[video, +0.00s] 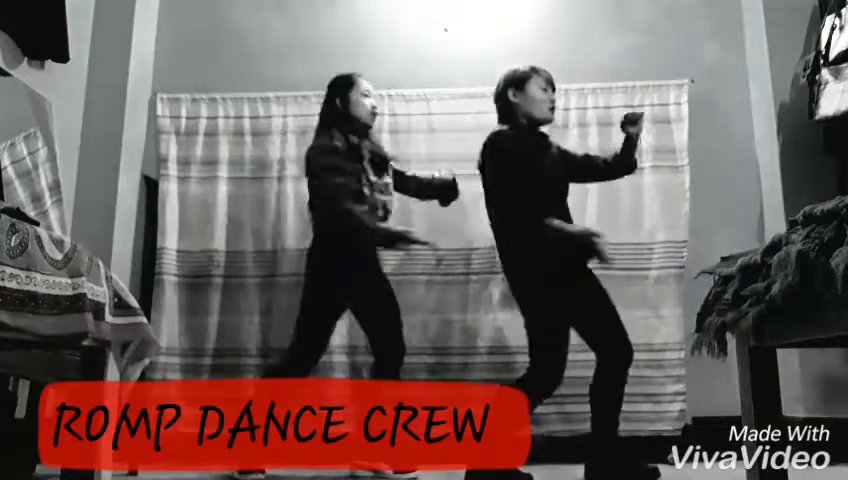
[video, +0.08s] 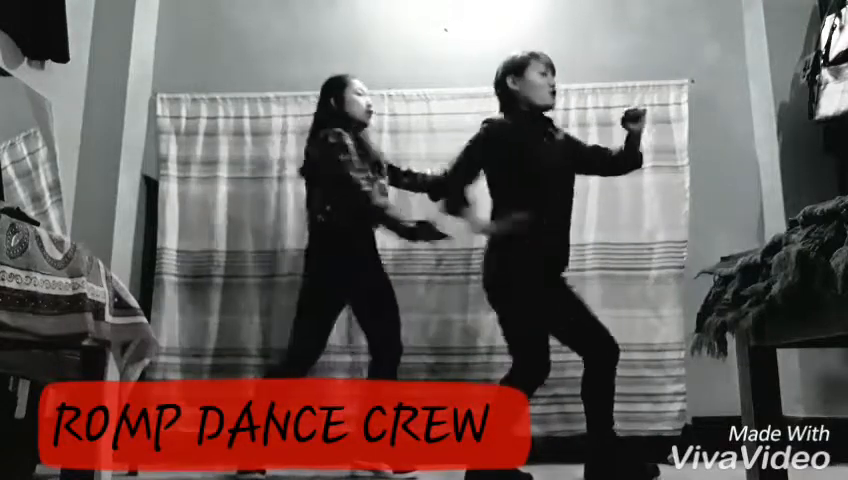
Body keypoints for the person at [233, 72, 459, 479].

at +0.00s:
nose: (374, 103)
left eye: (373, 96)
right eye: (366, 96)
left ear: (348, 103)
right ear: (342, 102)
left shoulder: (360, 143)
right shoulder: (329, 148)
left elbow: (393, 178)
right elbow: (340, 212)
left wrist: (435, 188)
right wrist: (387, 235)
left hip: (352, 259)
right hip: (340, 262)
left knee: (304, 352)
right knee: (389, 345)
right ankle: (383, 442)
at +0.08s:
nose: (369, 101)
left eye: (367, 94)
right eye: (360, 94)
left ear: (344, 103)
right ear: (337, 102)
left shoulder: (355, 140)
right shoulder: (332, 141)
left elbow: (389, 173)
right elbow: (360, 196)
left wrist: (433, 184)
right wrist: (406, 227)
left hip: (353, 254)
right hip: (339, 256)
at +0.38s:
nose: (344, 104)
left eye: (343, 97)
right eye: (335, 96)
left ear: (330, 110)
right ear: (310, 104)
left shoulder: (331, 148)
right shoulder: (295, 146)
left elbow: (364, 178)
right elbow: (315, 189)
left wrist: (405, 185)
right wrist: (363, 215)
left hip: (330, 264)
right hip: (301, 265)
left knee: (366, 350)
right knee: (290, 359)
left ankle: (368, 449)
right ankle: (251, 451)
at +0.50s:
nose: (355, 125)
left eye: (356, 118)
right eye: (346, 117)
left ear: (354, 128)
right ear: (325, 124)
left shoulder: (334, 156)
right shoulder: (318, 155)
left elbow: (367, 183)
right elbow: (365, 190)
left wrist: (396, 181)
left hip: (302, 267)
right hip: (285, 267)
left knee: (350, 355)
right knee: (286, 361)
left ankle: (367, 447)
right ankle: (253, 451)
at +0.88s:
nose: (424, 95)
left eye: (423, 88)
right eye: (416, 88)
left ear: (415, 99)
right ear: (394, 94)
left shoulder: (415, 139)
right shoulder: (378, 125)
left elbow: (447, 168)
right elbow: (351, 165)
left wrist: (501, 173)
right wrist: (375, 214)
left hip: (387, 247)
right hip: (363, 244)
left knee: (374, 348)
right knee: (318, 335)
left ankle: (375, 441)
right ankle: (253, 413)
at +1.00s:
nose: (427, 98)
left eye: (426, 91)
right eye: (420, 91)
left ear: (412, 99)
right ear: (396, 95)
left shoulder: (415, 142)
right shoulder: (378, 128)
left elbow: (445, 172)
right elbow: (347, 163)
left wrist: (492, 177)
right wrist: (376, 206)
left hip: (393, 250)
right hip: (370, 246)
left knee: (378, 350)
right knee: (324, 335)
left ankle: (377, 441)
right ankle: (260, 407)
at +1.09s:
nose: (428, 100)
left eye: (427, 93)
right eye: (420, 92)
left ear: (412, 101)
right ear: (397, 96)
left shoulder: (416, 143)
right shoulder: (378, 128)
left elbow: (446, 174)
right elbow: (346, 164)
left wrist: (493, 178)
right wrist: (374, 205)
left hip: (395, 249)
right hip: (371, 245)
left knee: (379, 349)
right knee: (327, 336)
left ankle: (377, 441)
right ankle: (262, 408)